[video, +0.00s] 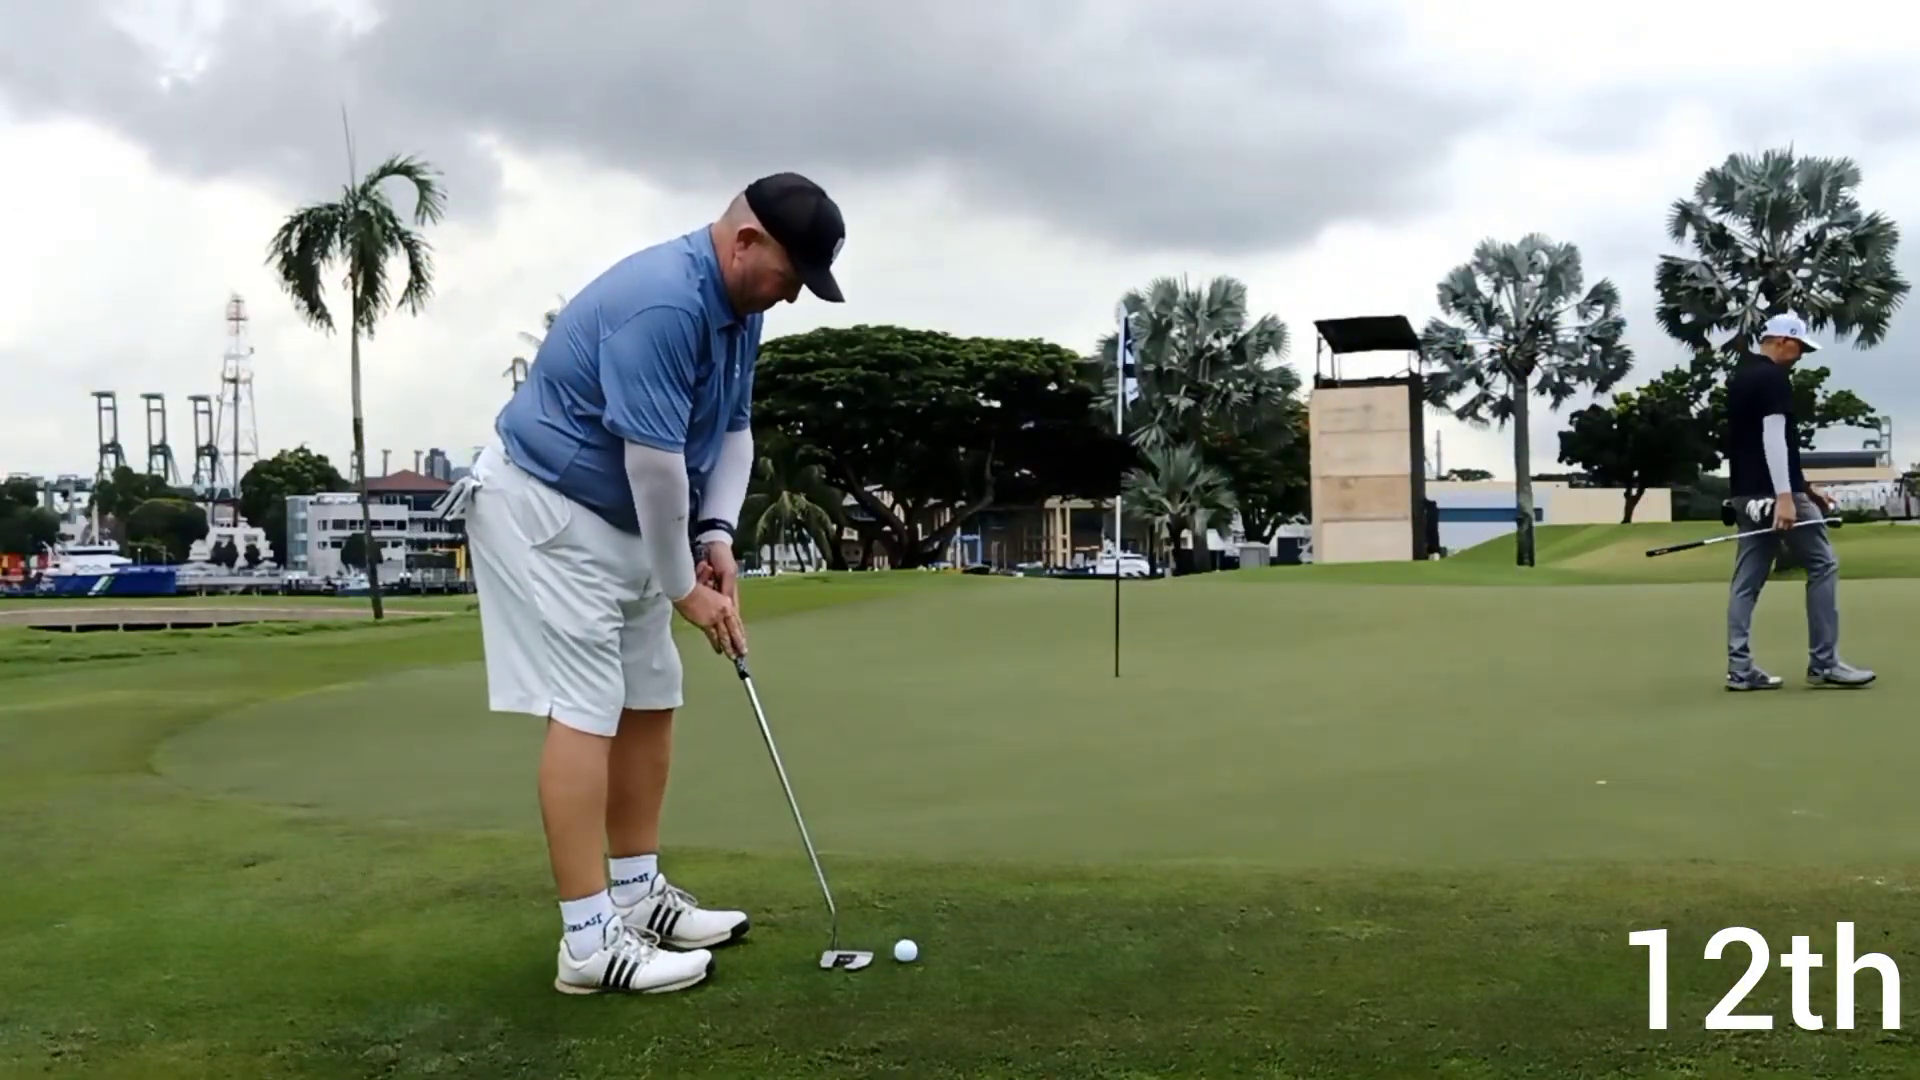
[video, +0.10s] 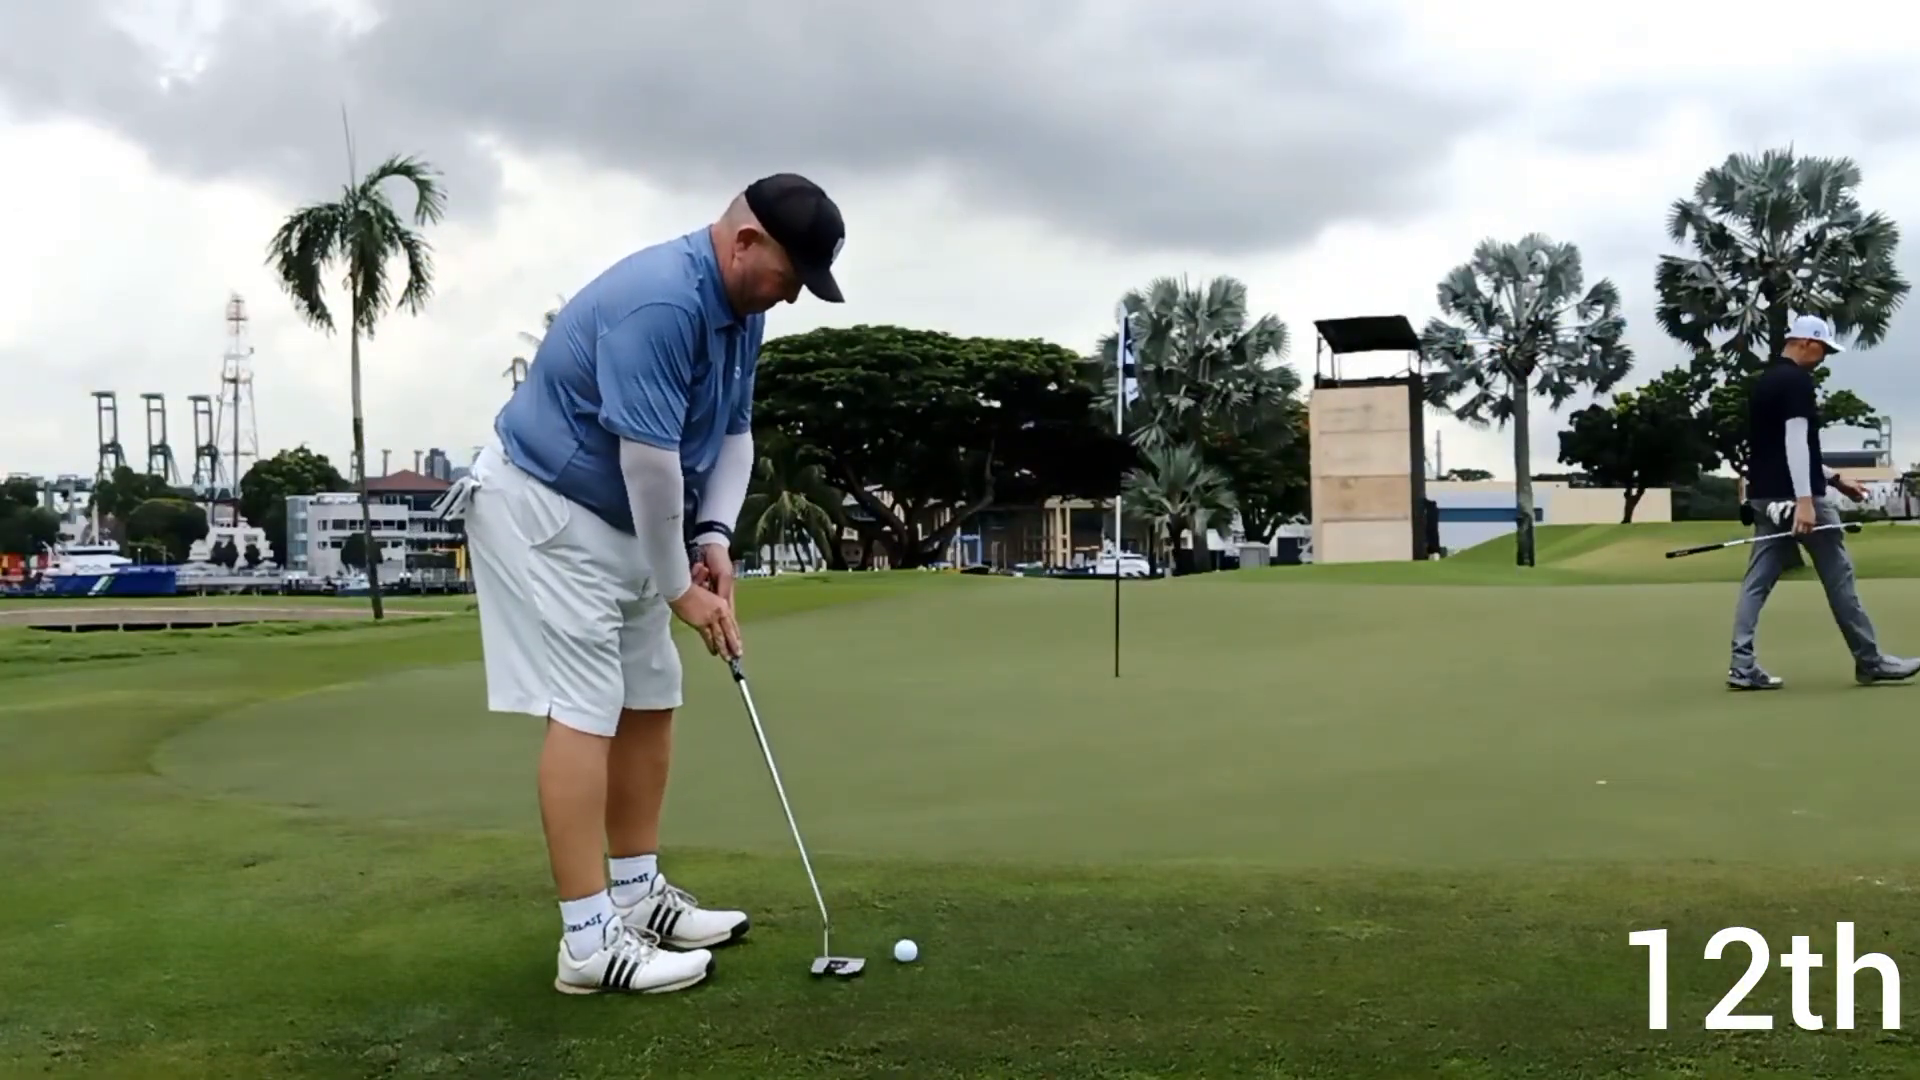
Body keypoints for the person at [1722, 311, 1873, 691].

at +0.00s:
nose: (1799, 356)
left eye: (1801, 350)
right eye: (1798, 349)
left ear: (1774, 341)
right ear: (1782, 341)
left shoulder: (1744, 375)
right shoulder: (1772, 378)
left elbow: (1764, 447)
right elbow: (1773, 440)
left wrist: (1805, 488)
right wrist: (1784, 496)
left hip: (1750, 496)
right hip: (1780, 495)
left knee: (1746, 582)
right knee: (1823, 566)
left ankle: (1739, 667)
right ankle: (1824, 661)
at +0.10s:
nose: (1823, 358)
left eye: (1825, 351)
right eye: (1822, 350)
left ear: (1797, 344)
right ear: (1807, 343)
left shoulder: (1769, 380)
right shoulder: (1796, 381)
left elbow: (1793, 451)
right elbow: (1796, 444)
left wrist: (1837, 480)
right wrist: (1804, 500)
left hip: (1769, 499)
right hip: (1804, 498)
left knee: (1757, 583)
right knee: (1839, 576)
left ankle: (1742, 666)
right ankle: (1870, 659)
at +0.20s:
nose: (1849, 358)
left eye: (1851, 352)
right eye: (1848, 351)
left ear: (1822, 344)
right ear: (1831, 344)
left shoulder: (1791, 378)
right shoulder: (1821, 381)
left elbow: (1808, 450)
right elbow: (1822, 446)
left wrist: (1853, 482)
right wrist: (1831, 504)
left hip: (1793, 498)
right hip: (1827, 499)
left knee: (1780, 578)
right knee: (1857, 576)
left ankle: (1747, 658)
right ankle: (1877, 661)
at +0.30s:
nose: (1876, 355)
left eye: (1878, 348)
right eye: (1875, 347)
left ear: (1847, 341)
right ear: (1859, 341)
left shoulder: (1813, 378)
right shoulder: (1847, 379)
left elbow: (1806, 441)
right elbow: (1848, 441)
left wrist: (1814, 494)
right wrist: (1862, 498)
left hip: (1821, 496)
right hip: (1852, 495)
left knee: (1823, 573)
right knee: (1873, 578)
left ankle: (1771, 640)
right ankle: (1879, 662)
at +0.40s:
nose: (1898, 354)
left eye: (1901, 348)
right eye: (1898, 346)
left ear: (1867, 338)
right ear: (1883, 339)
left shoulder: (1833, 375)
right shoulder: (1871, 374)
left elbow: (1832, 435)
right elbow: (1869, 428)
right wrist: (1897, 481)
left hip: (1842, 490)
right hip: (1873, 490)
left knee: (1864, 570)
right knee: (1881, 575)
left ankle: (1812, 628)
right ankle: (1879, 662)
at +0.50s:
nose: (1918, 351)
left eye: (1919, 344)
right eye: (1917, 343)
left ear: (1890, 336)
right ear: (1906, 337)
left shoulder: (1855, 372)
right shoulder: (1893, 370)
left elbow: (1849, 438)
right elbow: (1897, 419)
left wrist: (1846, 491)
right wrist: (1919, 464)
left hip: (1867, 488)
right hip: (1894, 490)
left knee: (1910, 562)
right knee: (1894, 572)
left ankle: (1866, 636)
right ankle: (1879, 661)